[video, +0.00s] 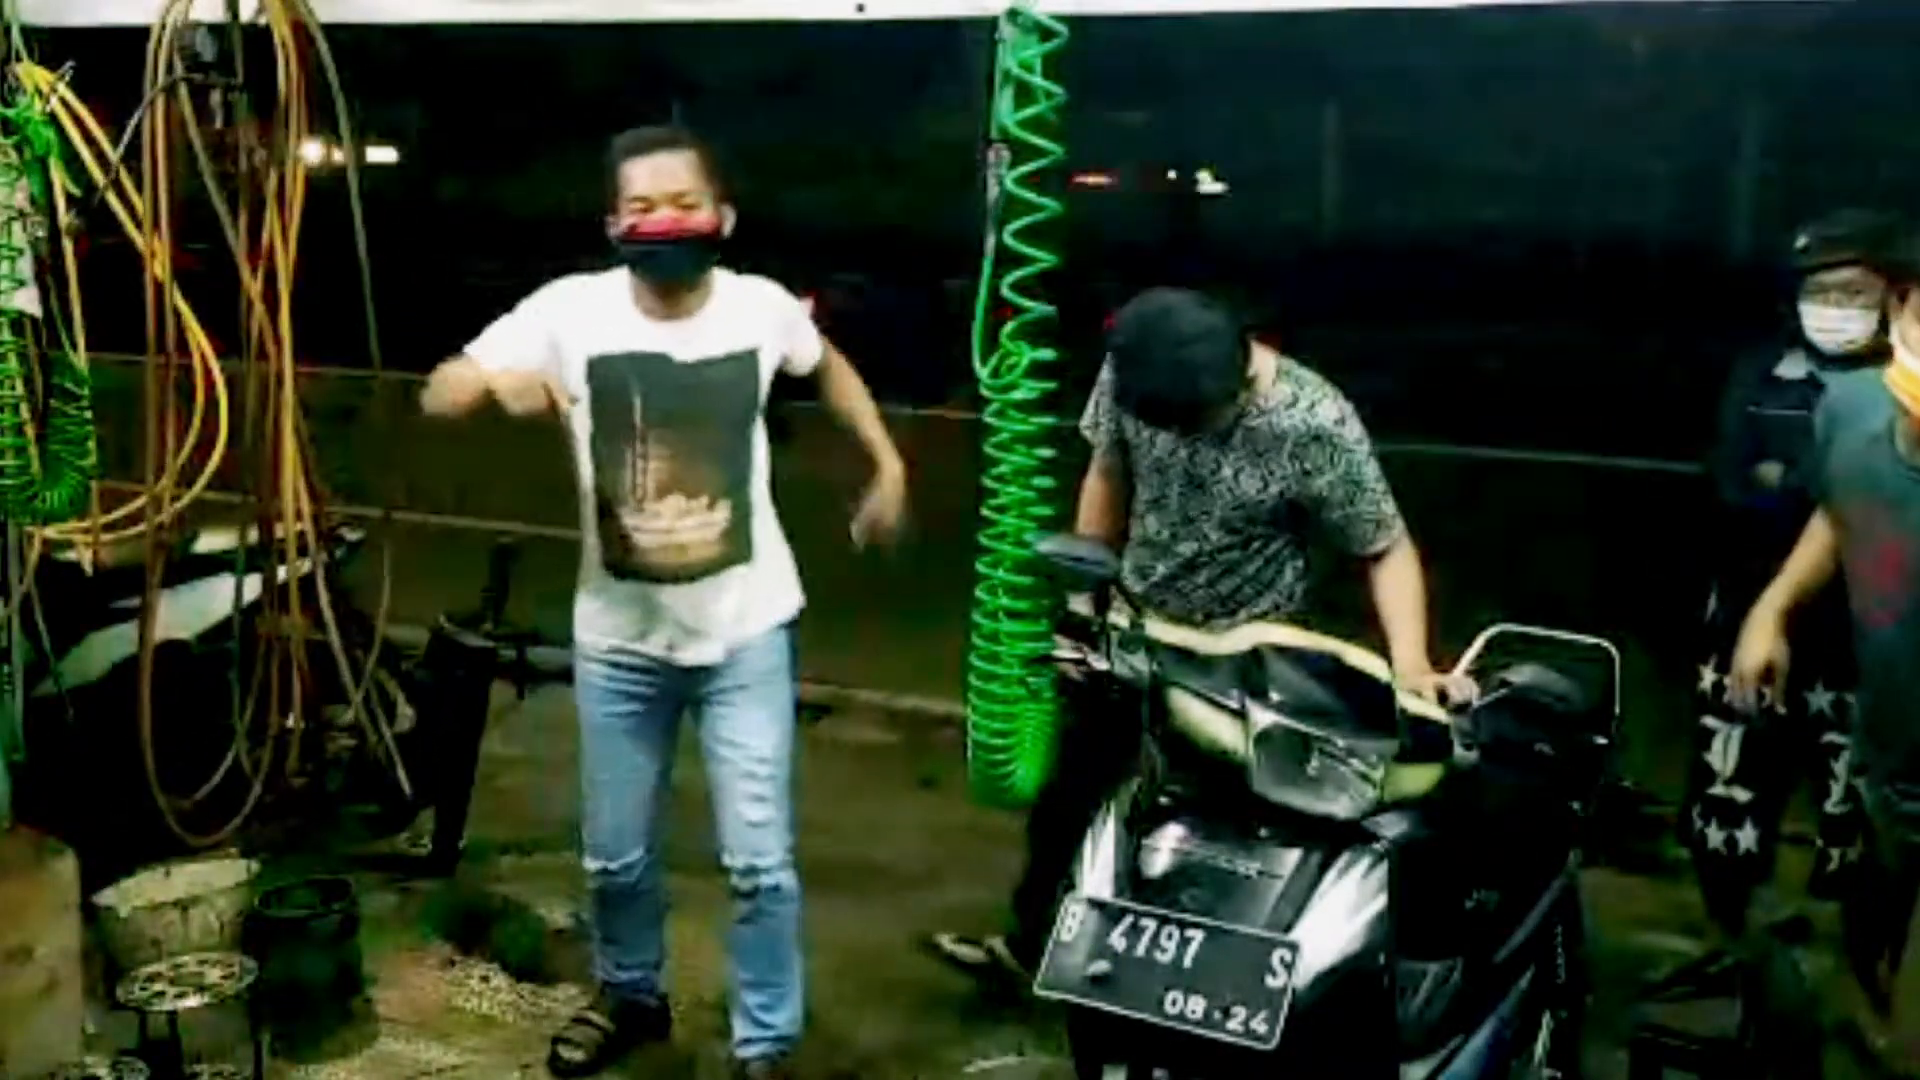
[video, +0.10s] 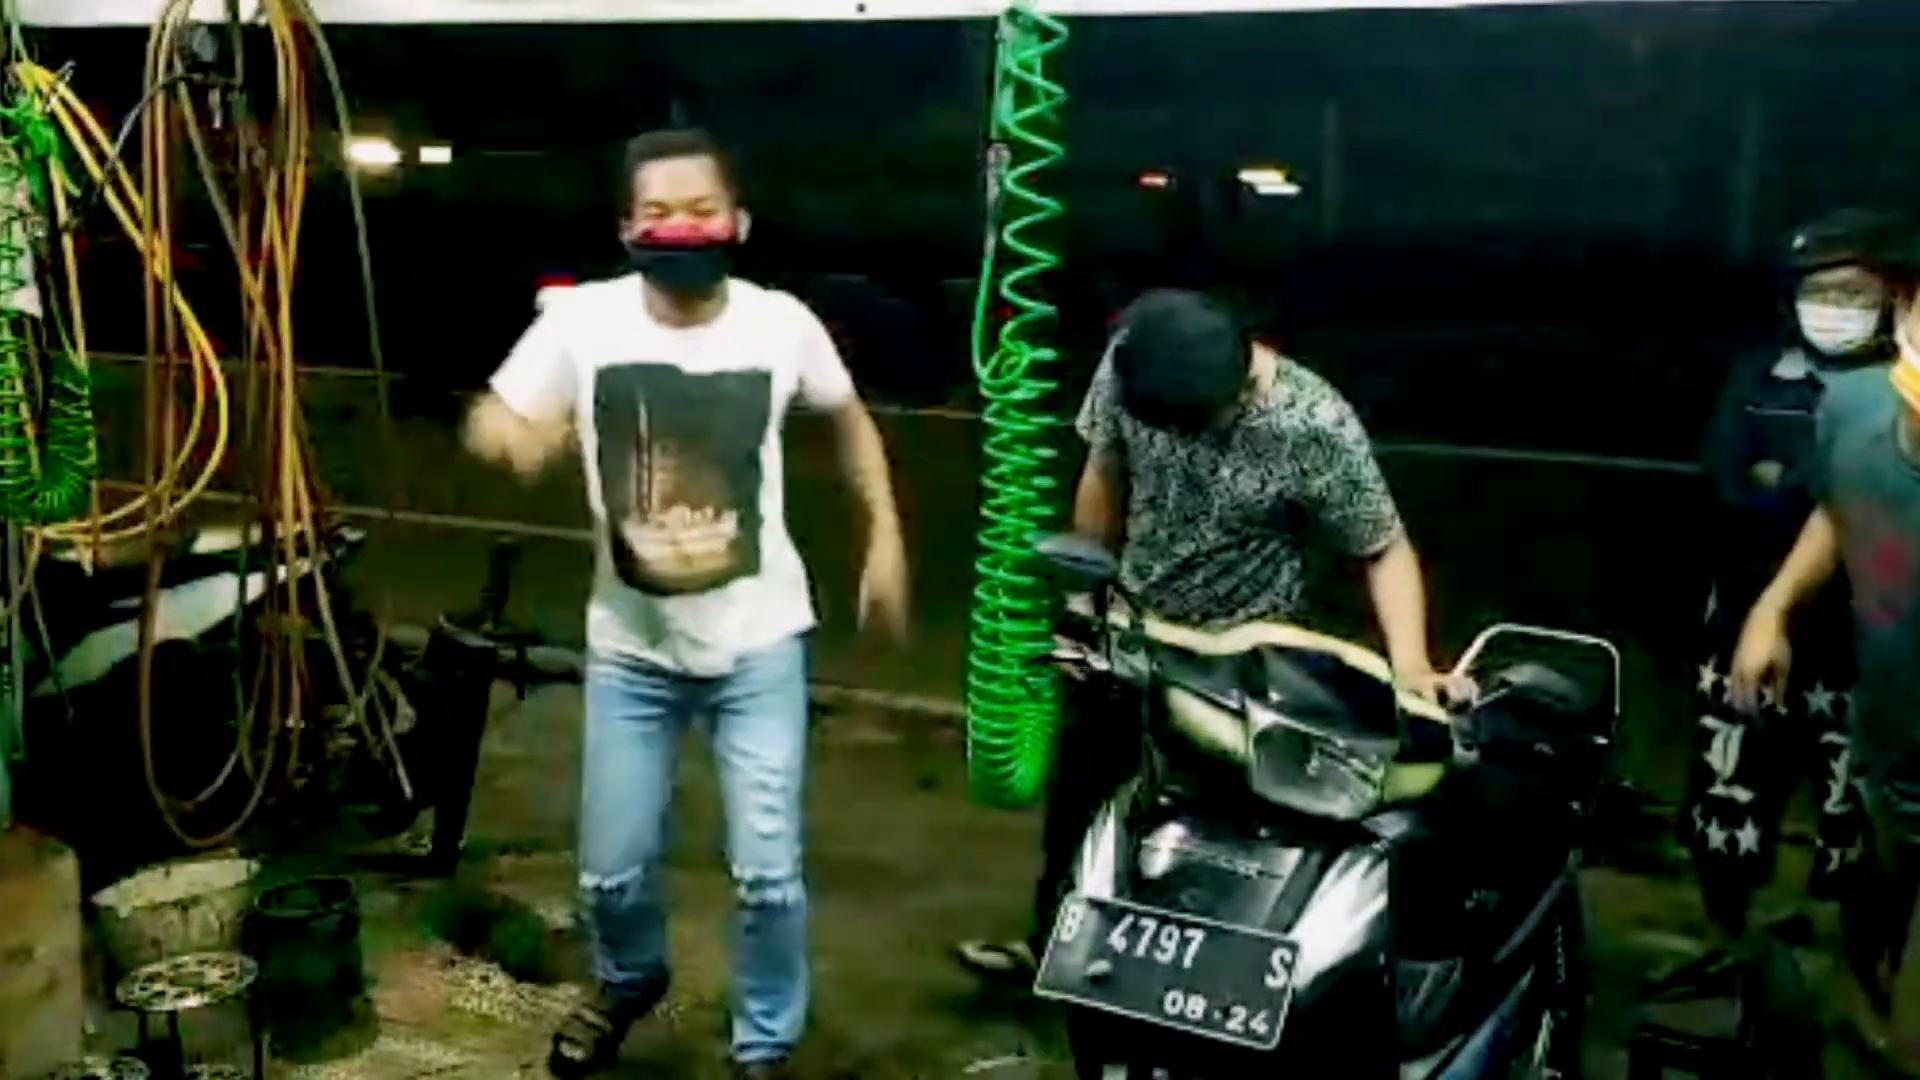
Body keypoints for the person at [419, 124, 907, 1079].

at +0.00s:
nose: (661, 227)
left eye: (681, 207)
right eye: (640, 210)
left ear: (719, 213)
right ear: (614, 220)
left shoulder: (759, 308)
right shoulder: (569, 310)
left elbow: (830, 371)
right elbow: (440, 395)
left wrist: (888, 463)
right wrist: (490, 377)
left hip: (743, 631)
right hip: (619, 634)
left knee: (757, 856)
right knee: (614, 852)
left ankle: (764, 1049)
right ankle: (632, 1001)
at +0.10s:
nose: (677, 234)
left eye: (697, 214)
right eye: (656, 216)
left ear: (734, 220)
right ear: (629, 224)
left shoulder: (783, 327)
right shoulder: (578, 322)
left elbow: (850, 426)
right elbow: (494, 424)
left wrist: (886, 540)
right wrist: (519, 438)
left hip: (757, 641)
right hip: (630, 643)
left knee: (767, 868)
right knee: (611, 872)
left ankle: (764, 1049)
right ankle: (630, 985)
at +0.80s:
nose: (675, 260)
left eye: (690, 237)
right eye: (649, 242)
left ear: (712, 243)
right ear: (598, 260)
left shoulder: (753, 369)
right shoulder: (540, 390)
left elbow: (789, 523)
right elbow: (471, 540)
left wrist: (825, 660)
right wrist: (483, 669)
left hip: (722, 693)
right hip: (594, 705)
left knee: (788, 904)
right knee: (632, 960)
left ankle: (696, 1026)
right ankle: (641, 1068)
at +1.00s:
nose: (680, 259)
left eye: (694, 237)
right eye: (654, 242)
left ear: (716, 241)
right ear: (606, 258)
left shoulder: (708, 344)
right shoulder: (566, 377)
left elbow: (703, 463)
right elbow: (479, 515)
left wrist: (747, 538)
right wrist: (608, 544)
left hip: (703, 680)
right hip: (594, 694)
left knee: (747, 882)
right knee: (657, 946)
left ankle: (641, 996)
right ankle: (639, 1063)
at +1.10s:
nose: (692, 247)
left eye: (706, 225)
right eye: (665, 230)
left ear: (727, 229)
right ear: (619, 245)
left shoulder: (698, 330)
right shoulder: (585, 351)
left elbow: (689, 456)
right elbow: (490, 476)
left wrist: (717, 526)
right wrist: (639, 479)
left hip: (694, 661)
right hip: (597, 676)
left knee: (713, 870)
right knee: (660, 915)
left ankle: (647, 1030)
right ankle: (636, 1068)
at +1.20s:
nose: (702, 240)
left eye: (717, 219)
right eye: (677, 222)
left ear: (735, 223)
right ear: (629, 234)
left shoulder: (701, 317)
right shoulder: (593, 335)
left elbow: (697, 433)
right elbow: (499, 457)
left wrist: (715, 510)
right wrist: (631, 458)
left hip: (686, 644)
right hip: (596, 660)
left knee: (699, 857)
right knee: (647, 889)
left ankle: (649, 1028)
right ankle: (633, 1066)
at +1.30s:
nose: (700, 241)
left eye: (715, 219)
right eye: (675, 223)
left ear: (735, 222)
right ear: (631, 232)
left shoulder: (712, 313)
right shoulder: (590, 335)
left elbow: (694, 431)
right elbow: (502, 468)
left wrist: (729, 515)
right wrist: (628, 489)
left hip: (692, 635)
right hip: (596, 649)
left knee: (704, 851)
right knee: (638, 878)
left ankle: (650, 1034)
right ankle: (620, 1067)